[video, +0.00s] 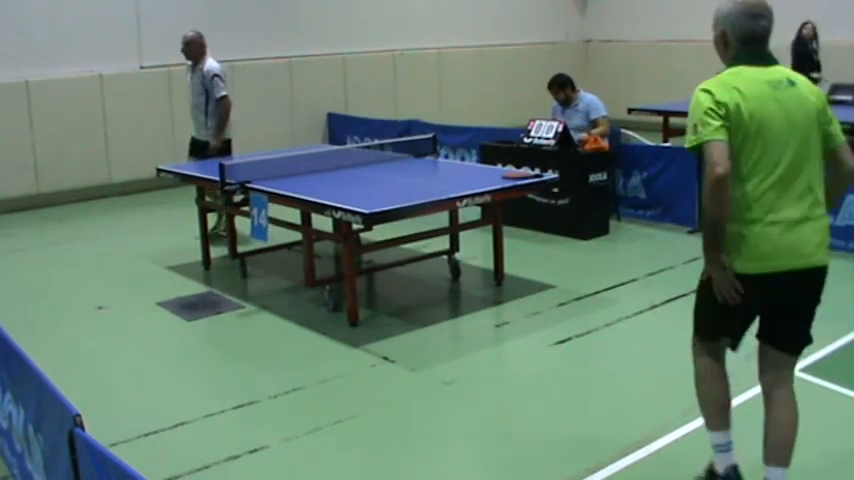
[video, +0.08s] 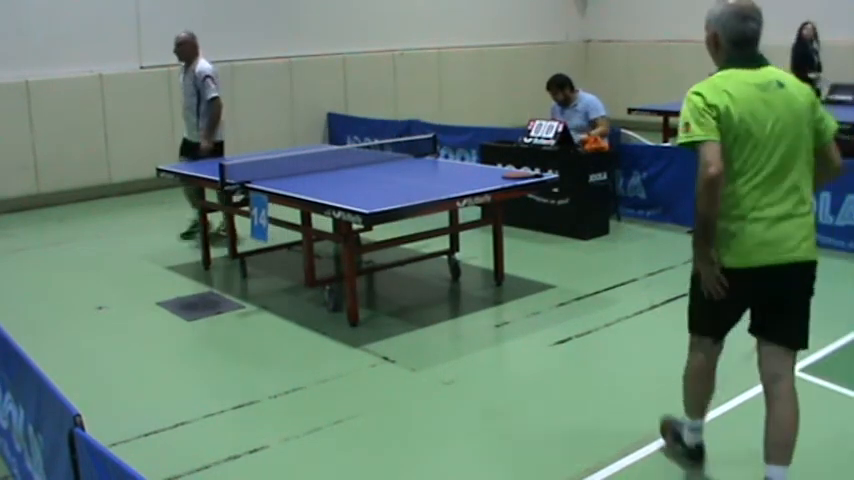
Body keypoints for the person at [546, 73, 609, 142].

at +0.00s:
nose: (555, 98)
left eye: (557, 94)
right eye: (553, 95)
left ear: (568, 89)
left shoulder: (591, 101)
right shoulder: (557, 108)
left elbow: (604, 128)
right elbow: (555, 130)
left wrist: (587, 135)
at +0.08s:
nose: (554, 98)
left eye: (556, 94)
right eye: (552, 95)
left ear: (567, 90)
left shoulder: (590, 101)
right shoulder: (556, 109)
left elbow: (604, 128)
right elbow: (554, 130)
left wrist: (587, 136)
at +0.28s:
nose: (552, 100)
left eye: (553, 96)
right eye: (550, 97)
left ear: (564, 90)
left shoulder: (587, 101)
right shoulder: (555, 108)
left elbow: (602, 127)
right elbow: (552, 130)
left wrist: (589, 136)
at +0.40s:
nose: (550, 100)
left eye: (552, 96)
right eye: (548, 97)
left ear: (563, 91)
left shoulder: (586, 101)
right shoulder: (553, 109)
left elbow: (602, 127)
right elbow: (552, 131)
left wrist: (589, 136)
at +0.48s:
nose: (550, 101)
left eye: (551, 97)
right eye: (548, 97)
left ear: (562, 91)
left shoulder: (586, 101)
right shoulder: (553, 109)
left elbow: (602, 127)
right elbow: (552, 131)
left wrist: (589, 136)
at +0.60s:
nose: (550, 101)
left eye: (552, 96)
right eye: (548, 97)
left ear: (562, 91)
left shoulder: (586, 101)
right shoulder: (553, 109)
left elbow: (602, 127)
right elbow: (552, 132)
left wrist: (588, 137)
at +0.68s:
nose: (550, 101)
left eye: (552, 96)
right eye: (548, 97)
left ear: (562, 91)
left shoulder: (586, 101)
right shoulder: (553, 109)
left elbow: (603, 126)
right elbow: (552, 132)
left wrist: (590, 136)